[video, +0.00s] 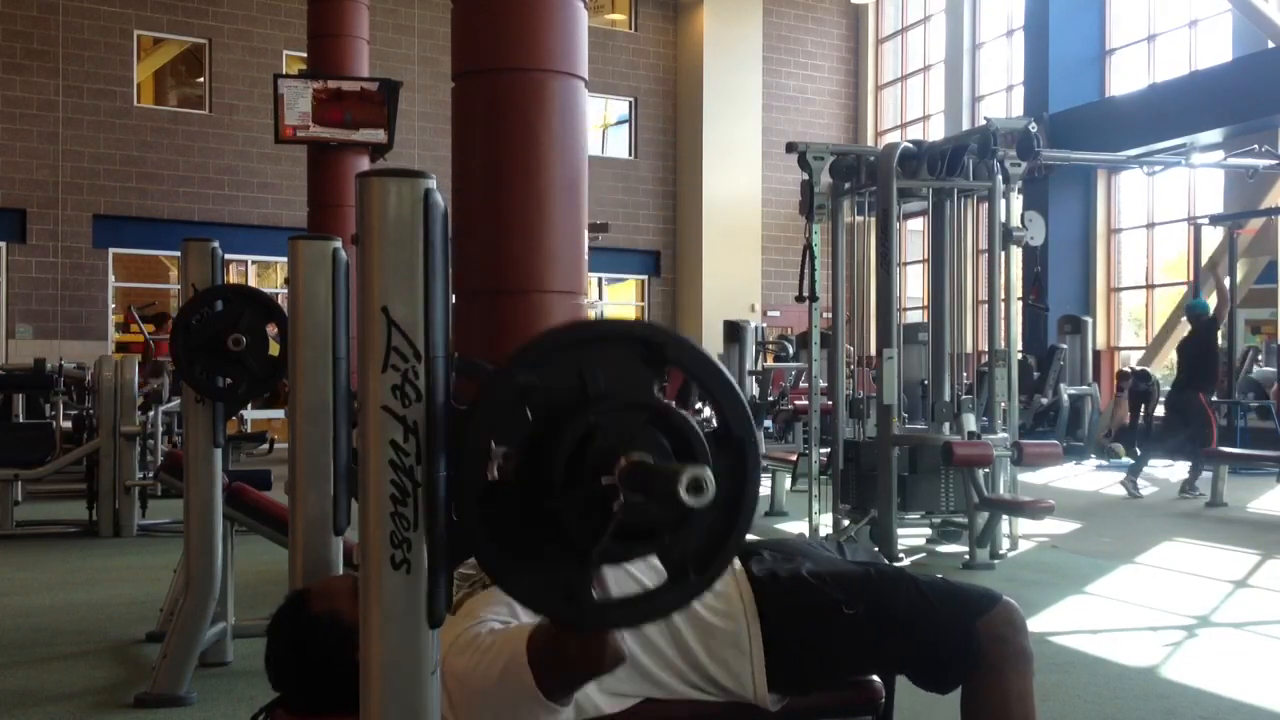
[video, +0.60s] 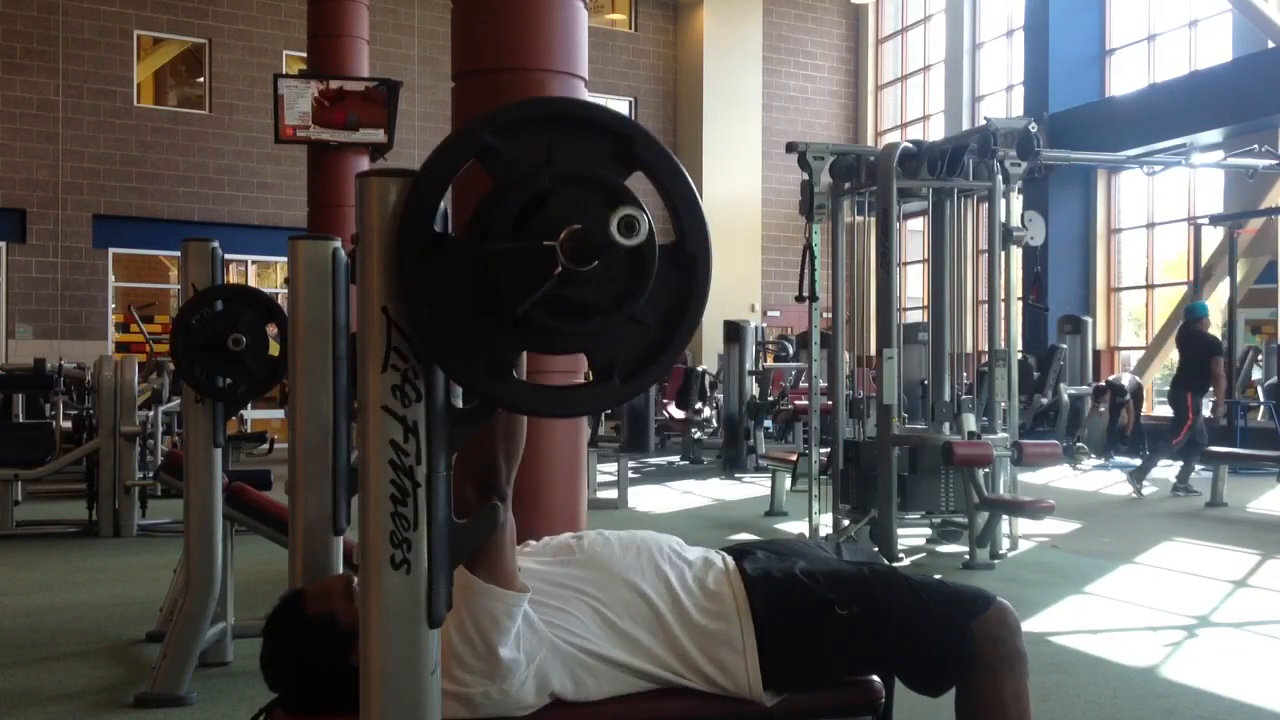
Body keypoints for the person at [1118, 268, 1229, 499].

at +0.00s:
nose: (1210, 314)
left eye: (1200, 312)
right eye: (1207, 312)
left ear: (1189, 318)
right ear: (1206, 314)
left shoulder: (1184, 343)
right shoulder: (1209, 329)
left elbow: (1182, 372)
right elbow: (1224, 301)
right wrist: (1217, 275)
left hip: (1176, 394)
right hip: (1195, 395)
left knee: (1163, 437)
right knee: (1208, 438)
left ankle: (1132, 476)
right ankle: (1190, 484)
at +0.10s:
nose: (1209, 317)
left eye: (1204, 313)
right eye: (1207, 313)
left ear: (1188, 319)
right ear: (1205, 316)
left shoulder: (1184, 343)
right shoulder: (1209, 332)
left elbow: (1183, 372)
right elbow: (1228, 304)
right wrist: (1223, 278)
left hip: (1176, 394)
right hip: (1196, 395)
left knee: (1166, 437)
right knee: (1208, 439)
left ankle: (1132, 476)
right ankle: (1190, 484)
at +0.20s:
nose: (1207, 305)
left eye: (1205, 302)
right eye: (1204, 302)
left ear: (1186, 306)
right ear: (1201, 304)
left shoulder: (1183, 327)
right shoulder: (1209, 319)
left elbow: (1203, 353)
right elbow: (1238, 310)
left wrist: (1222, 370)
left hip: (1173, 381)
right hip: (1191, 383)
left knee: (1171, 429)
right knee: (1193, 432)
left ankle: (1145, 468)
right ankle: (1189, 481)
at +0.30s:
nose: (1206, 298)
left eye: (1204, 296)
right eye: (1205, 295)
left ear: (1185, 298)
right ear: (1201, 295)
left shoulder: (1180, 316)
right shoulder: (1209, 312)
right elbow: (1242, 324)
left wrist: (1227, 318)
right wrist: (1266, 332)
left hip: (1172, 373)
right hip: (1189, 376)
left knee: (1174, 419)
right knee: (1185, 421)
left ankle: (1170, 471)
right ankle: (1170, 472)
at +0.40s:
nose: (1205, 303)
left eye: (1203, 300)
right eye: (1204, 300)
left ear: (1185, 301)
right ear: (1201, 301)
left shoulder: (1180, 318)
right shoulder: (1211, 322)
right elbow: (1232, 349)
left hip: (1174, 376)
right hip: (1190, 379)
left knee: (1185, 426)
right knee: (1182, 425)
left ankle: (1183, 476)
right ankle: (1152, 467)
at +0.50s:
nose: (1209, 317)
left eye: (1208, 314)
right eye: (1207, 314)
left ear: (1188, 316)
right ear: (1204, 316)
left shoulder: (1182, 331)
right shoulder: (1213, 340)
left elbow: (1184, 316)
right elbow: (1217, 373)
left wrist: (1190, 297)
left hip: (1177, 388)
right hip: (1190, 391)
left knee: (1196, 438)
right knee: (1176, 435)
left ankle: (1182, 481)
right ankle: (1142, 473)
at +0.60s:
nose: (1209, 321)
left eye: (1208, 318)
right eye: (1207, 318)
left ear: (1189, 319)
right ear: (1204, 320)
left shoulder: (1183, 335)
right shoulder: (1212, 342)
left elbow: (1188, 317)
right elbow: (1218, 375)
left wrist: (1198, 285)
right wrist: (1218, 403)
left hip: (1178, 392)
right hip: (1190, 395)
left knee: (1199, 439)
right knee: (1178, 439)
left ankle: (1182, 482)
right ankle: (1139, 473)